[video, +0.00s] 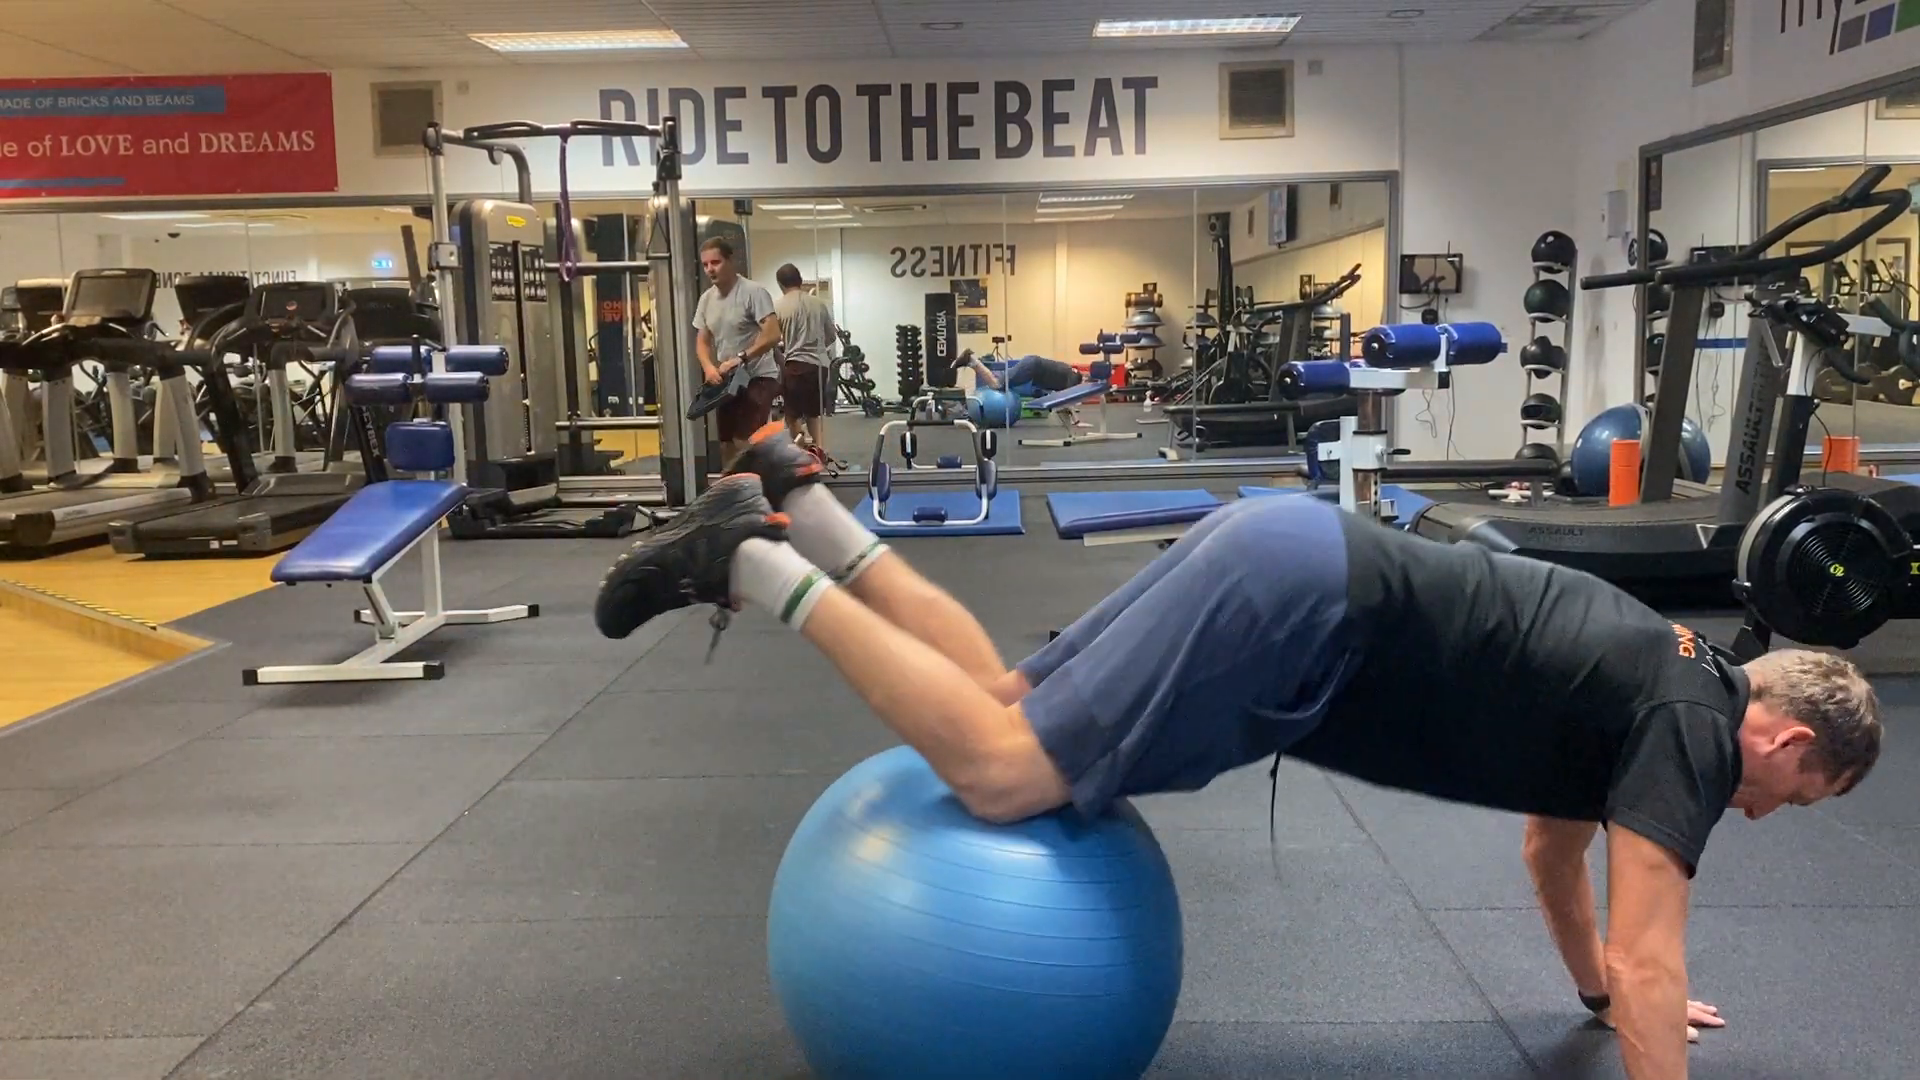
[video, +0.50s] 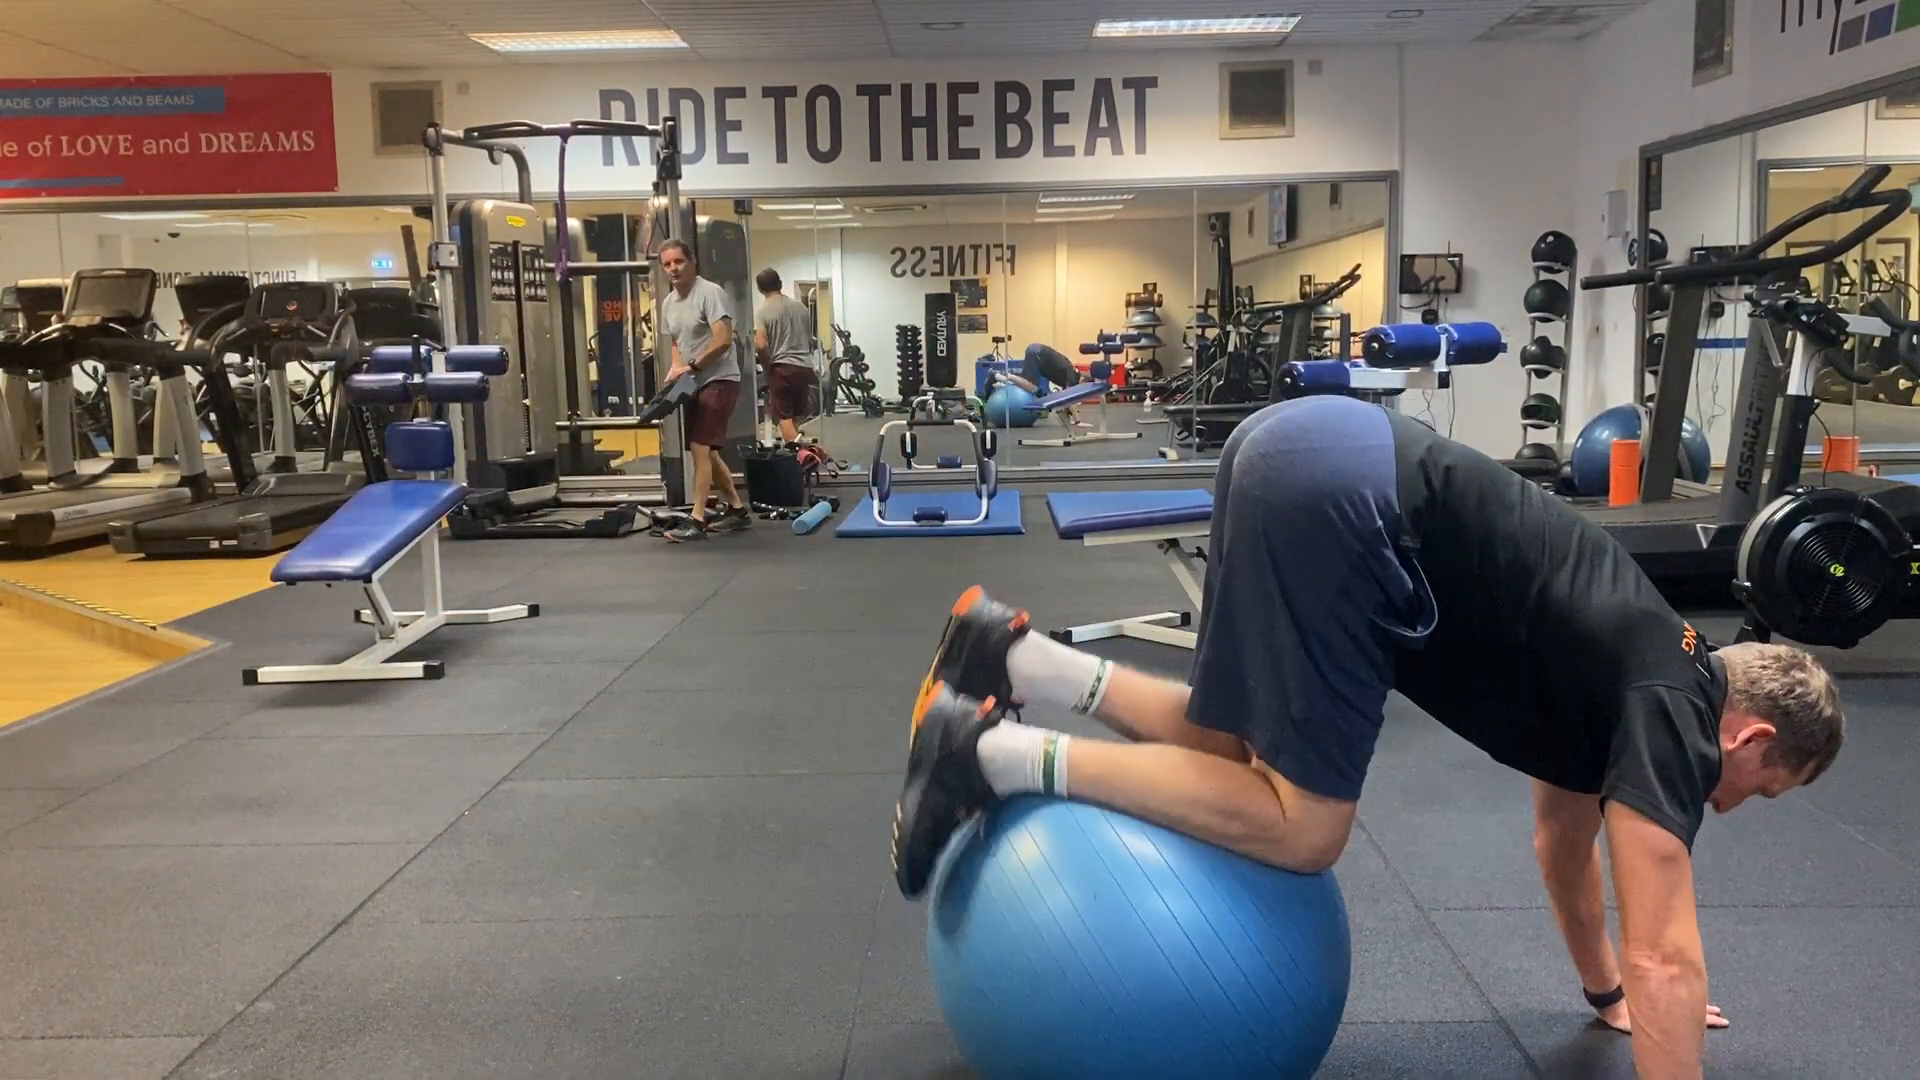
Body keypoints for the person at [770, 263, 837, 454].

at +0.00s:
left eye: (780, 283)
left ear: (780, 284)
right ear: (801, 280)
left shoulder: (778, 307)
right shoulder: (819, 303)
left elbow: (774, 340)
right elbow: (830, 335)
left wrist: (782, 361)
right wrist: (816, 349)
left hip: (793, 365)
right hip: (818, 365)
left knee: (792, 415)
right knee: (814, 415)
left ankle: (801, 454)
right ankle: (819, 455)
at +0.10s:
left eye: (776, 284)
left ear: (775, 284)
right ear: (796, 280)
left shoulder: (774, 307)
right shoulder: (814, 303)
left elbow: (767, 341)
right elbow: (826, 335)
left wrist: (777, 360)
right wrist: (812, 348)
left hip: (789, 366)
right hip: (813, 366)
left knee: (791, 416)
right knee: (808, 414)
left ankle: (794, 456)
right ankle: (813, 452)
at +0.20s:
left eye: (771, 282)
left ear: (771, 284)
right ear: (791, 280)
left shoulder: (771, 307)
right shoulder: (810, 302)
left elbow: (764, 342)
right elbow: (821, 334)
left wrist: (775, 358)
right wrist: (809, 350)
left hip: (786, 367)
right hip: (811, 367)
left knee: (789, 416)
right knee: (805, 415)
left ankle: (797, 455)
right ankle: (809, 453)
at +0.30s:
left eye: (767, 284)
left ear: (767, 285)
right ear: (787, 281)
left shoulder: (769, 308)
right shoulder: (809, 305)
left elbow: (760, 342)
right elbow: (815, 338)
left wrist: (772, 356)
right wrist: (805, 352)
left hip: (784, 368)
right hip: (809, 368)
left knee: (788, 418)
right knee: (802, 418)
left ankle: (798, 458)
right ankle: (804, 458)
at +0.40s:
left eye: (764, 286)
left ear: (764, 287)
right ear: (784, 283)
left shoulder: (764, 311)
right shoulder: (806, 307)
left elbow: (760, 343)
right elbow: (814, 342)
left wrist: (767, 358)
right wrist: (801, 351)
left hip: (782, 369)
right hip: (806, 369)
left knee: (788, 418)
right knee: (799, 418)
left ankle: (798, 460)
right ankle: (794, 461)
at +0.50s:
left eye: (761, 287)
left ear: (760, 289)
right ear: (780, 284)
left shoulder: (762, 312)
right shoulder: (801, 307)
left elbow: (761, 345)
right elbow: (810, 341)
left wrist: (767, 366)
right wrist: (800, 354)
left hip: (781, 369)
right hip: (805, 369)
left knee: (785, 418)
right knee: (795, 417)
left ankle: (799, 457)